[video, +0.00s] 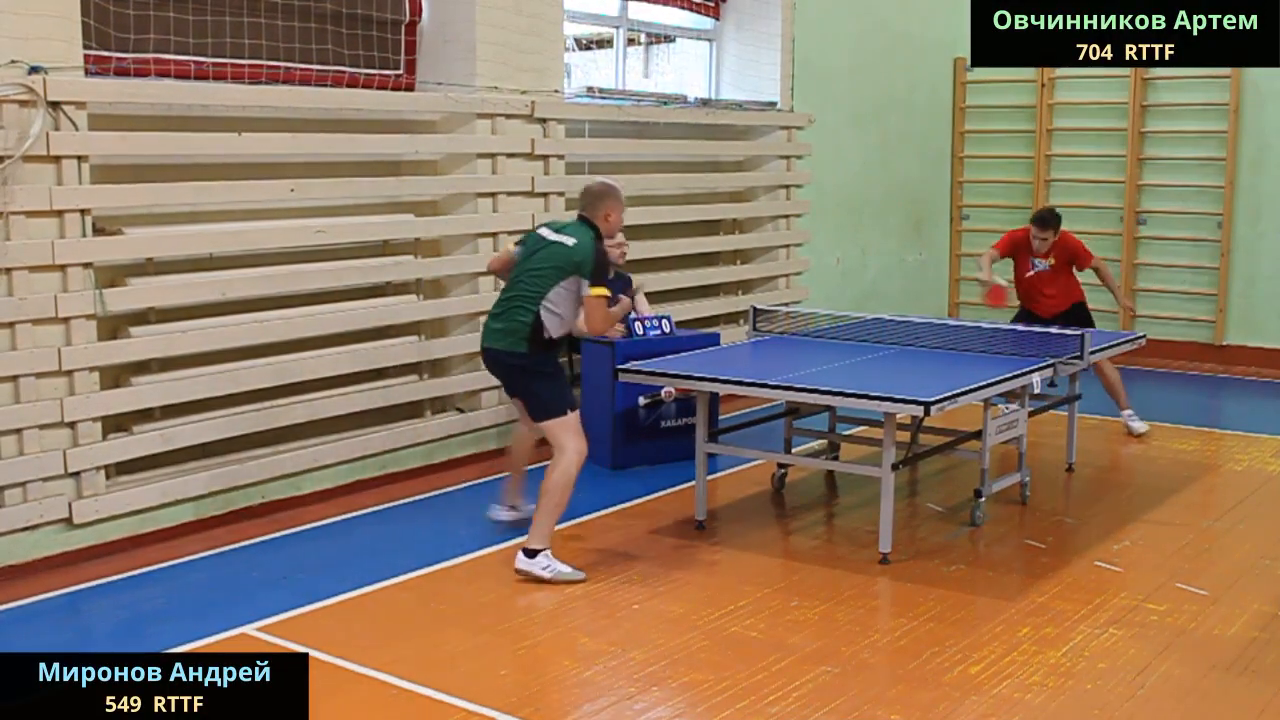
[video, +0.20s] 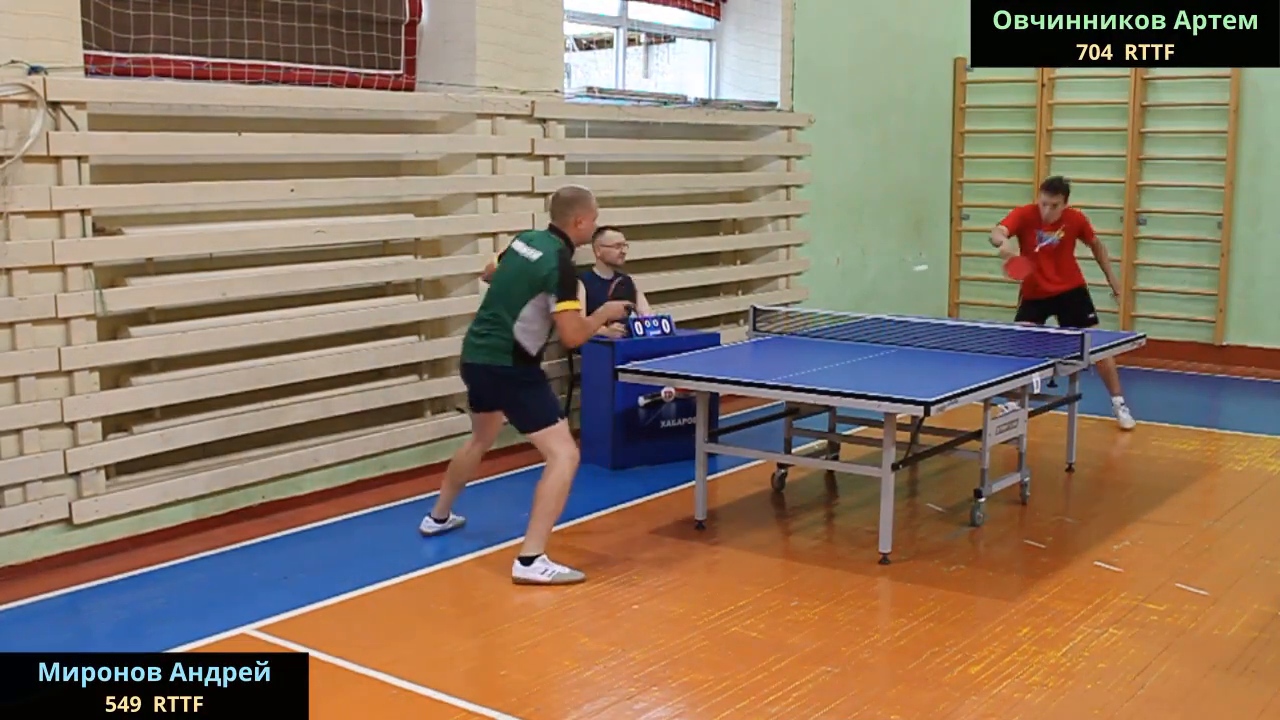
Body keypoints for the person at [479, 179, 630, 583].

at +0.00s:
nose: (620, 223)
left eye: (621, 217)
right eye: (620, 217)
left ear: (582, 211)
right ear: (608, 215)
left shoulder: (548, 229)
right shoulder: (594, 248)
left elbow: (498, 264)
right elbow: (596, 324)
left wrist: (536, 276)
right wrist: (621, 306)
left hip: (496, 343)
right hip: (527, 349)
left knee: (531, 422)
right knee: (572, 448)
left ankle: (510, 503)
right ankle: (535, 551)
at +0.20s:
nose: (594, 228)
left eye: (594, 221)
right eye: (592, 221)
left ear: (557, 218)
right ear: (578, 222)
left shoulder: (526, 239)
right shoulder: (561, 263)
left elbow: (490, 273)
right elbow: (572, 335)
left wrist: (537, 291)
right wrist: (606, 313)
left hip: (476, 359)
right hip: (511, 366)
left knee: (480, 439)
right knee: (564, 455)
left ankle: (438, 516)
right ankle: (531, 558)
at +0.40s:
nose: (581, 252)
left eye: (582, 244)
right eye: (579, 244)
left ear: (550, 242)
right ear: (562, 247)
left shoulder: (528, 255)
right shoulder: (532, 285)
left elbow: (541, 292)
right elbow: (516, 369)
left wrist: (586, 299)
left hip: (469, 361)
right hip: (478, 369)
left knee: (497, 432)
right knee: (548, 444)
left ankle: (445, 501)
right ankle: (531, 549)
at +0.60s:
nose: (579, 305)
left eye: (578, 298)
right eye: (573, 300)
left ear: (553, 305)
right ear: (550, 306)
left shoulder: (558, 321)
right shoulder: (503, 339)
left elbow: (591, 331)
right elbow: (457, 402)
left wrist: (630, 342)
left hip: (503, 396)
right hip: (474, 401)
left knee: (517, 463)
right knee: (549, 445)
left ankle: (443, 509)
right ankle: (533, 553)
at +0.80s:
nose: (562, 294)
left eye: (561, 286)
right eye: (554, 287)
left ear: (529, 293)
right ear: (528, 293)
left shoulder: (533, 318)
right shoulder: (509, 336)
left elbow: (552, 336)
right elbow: (499, 415)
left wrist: (587, 332)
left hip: (503, 407)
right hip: (482, 417)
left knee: (535, 458)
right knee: (570, 453)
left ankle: (463, 512)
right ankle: (537, 552)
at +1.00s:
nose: (546, 242)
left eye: (542, 239)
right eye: (540, 238)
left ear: (503, 256)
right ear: (532, 250)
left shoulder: (489, 294)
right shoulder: (525, 285)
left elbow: (457, 338)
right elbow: (564, 218)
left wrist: (434, 362)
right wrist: (547, 196)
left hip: (458, 411)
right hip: (492, 415)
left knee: (485, 445)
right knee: (585, 458)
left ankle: (455, 507)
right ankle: (539, 552)